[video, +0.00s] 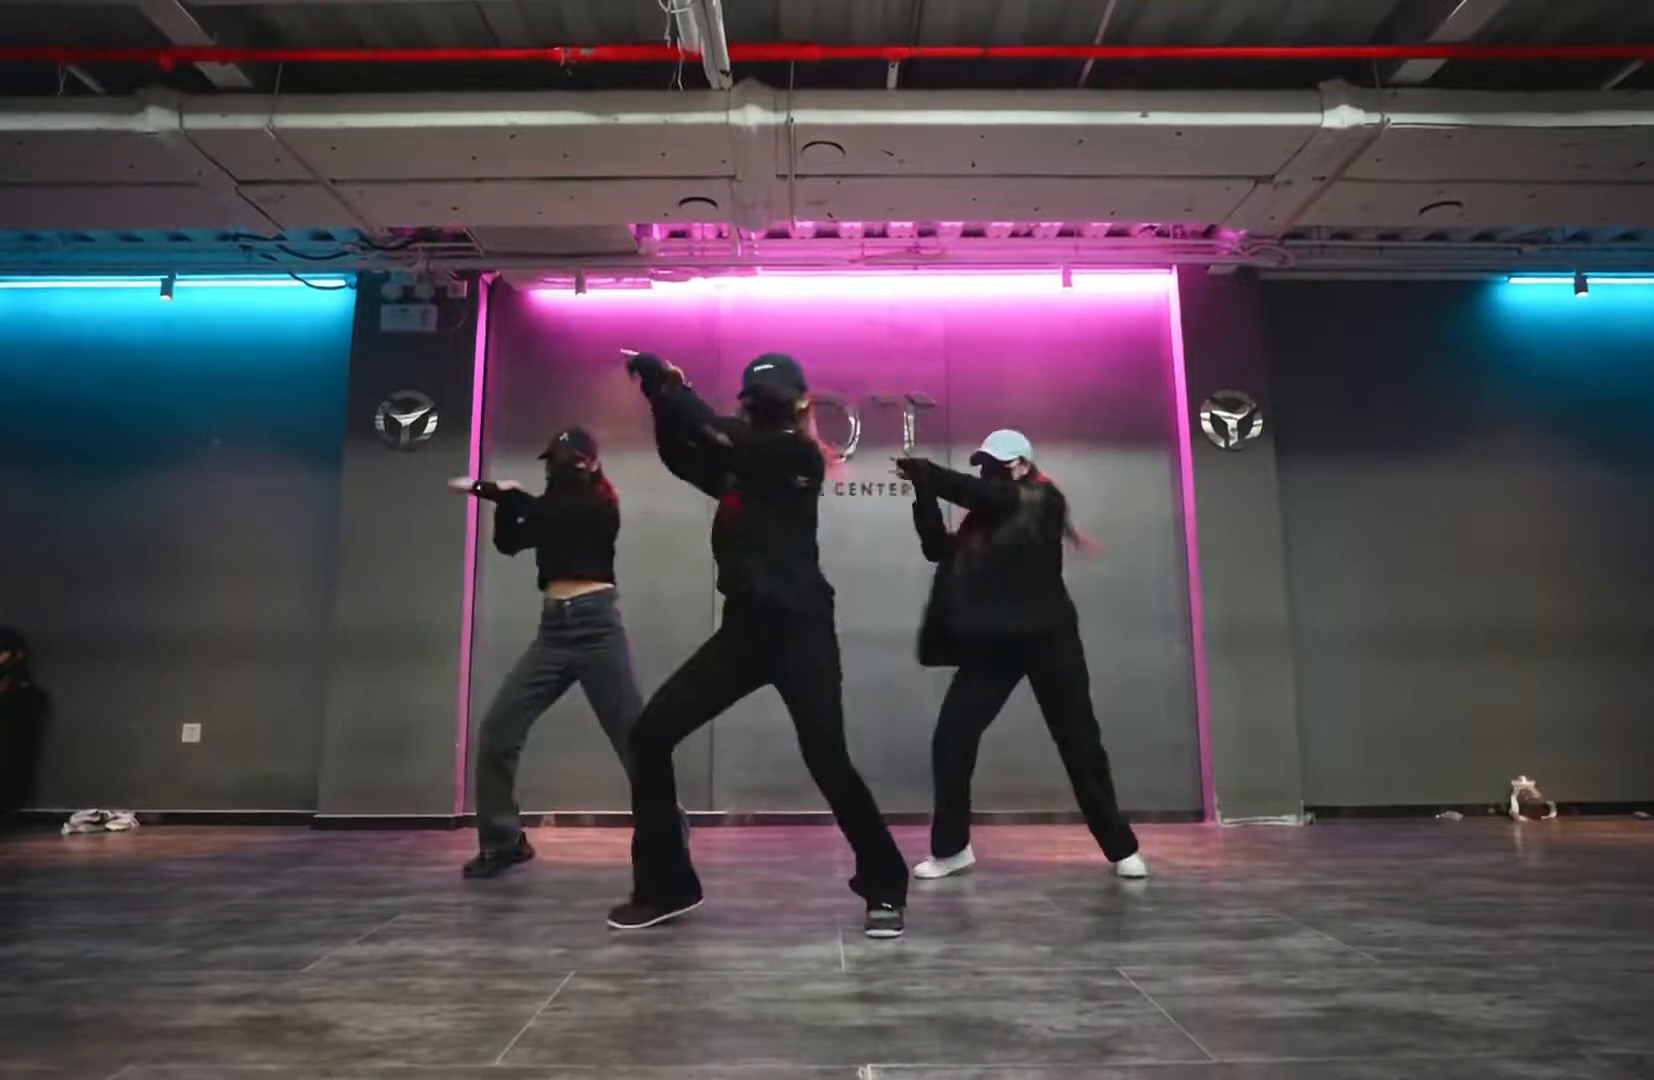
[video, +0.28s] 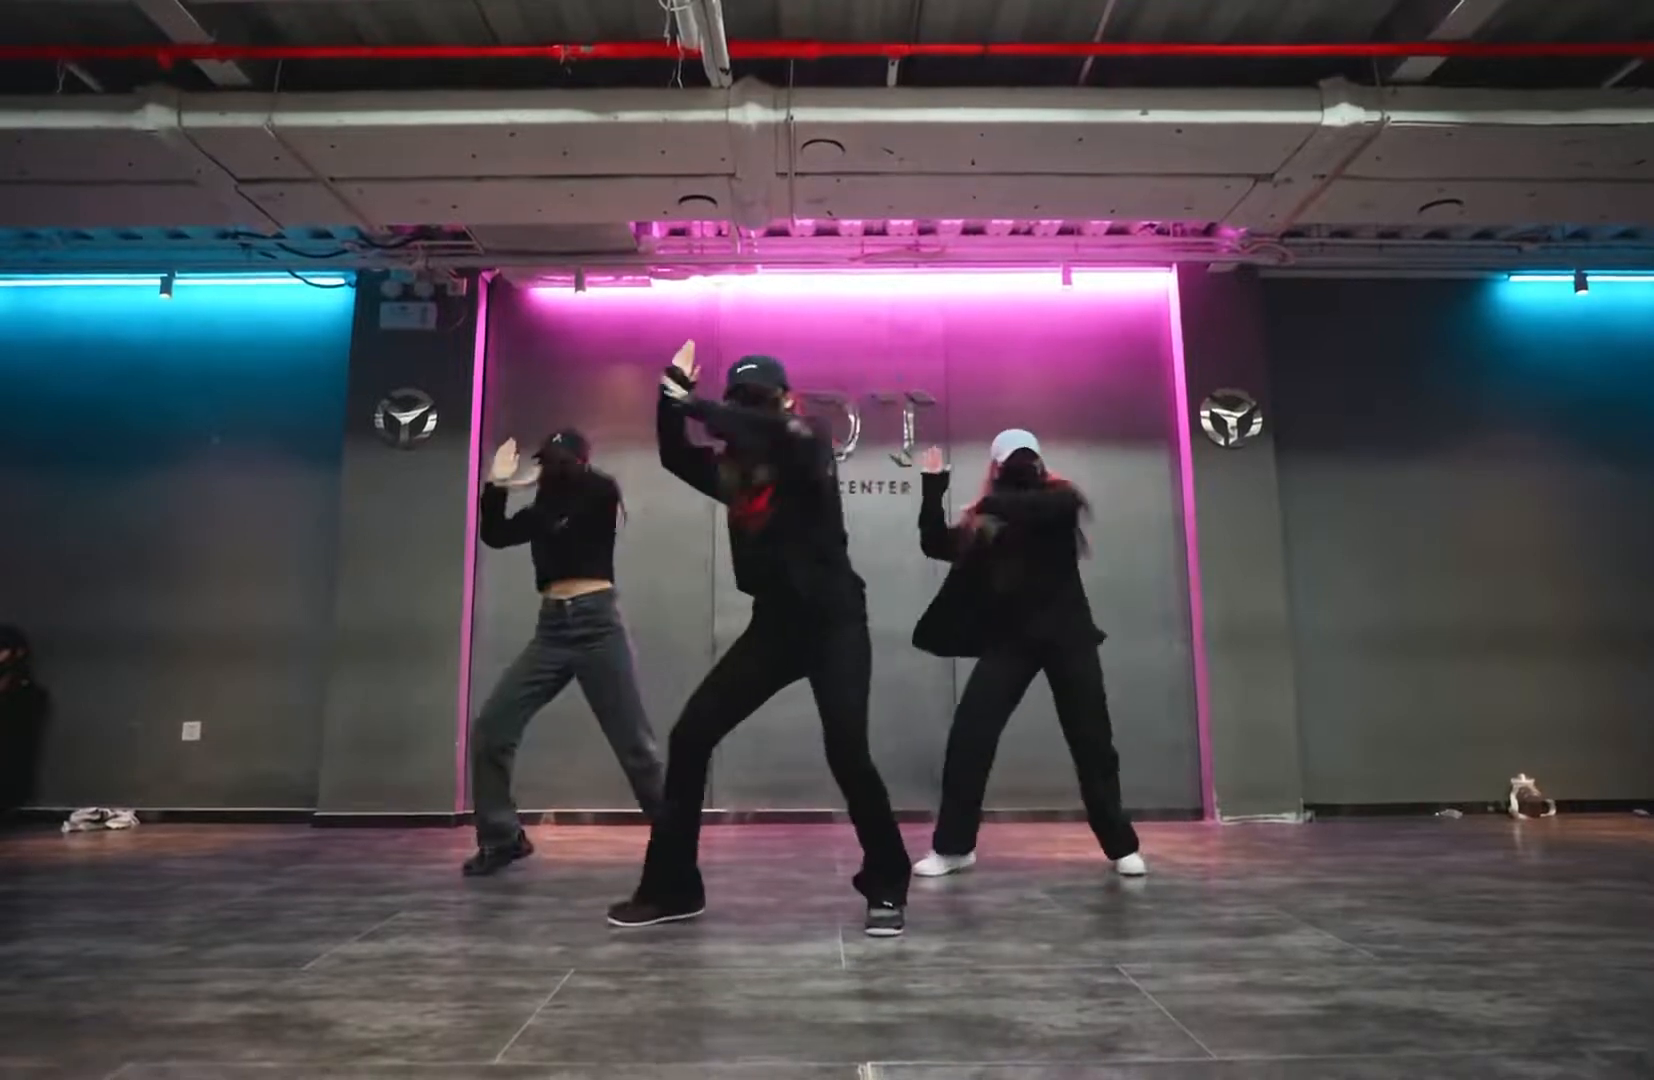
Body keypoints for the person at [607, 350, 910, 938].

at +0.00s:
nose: (748, 407)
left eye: (760, 399)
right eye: (748, 399)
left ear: (785, 401)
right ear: (751, 402)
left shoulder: (800, 454)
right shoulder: (739, 460)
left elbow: (722, 433)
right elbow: (679, 457)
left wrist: (669, 384)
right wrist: (661, 401)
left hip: (800, 630)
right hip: (745, 630)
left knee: (826, 760)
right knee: (649, 738)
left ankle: (887, 888)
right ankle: (666, 887)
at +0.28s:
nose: (748, 408)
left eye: (759, 398)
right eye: (740, 400)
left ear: (786, 400)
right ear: (730, 407)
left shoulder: (809, 447)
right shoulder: (736, 473)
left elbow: (767, 434)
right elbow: (678, 457)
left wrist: (693, 404)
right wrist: (671, 397)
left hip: (834, 625)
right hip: (776, 626)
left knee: (847, 756)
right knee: (690, 735)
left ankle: (888, 888)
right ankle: (672, 888)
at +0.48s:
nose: (789, 430)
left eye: (798, 416)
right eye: (780, 417)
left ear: (821, 411)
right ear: (769, 417)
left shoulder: (861, 459)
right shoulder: (759, 474)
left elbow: (894, 406)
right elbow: (697, 442)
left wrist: (811, 410)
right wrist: (705, 374)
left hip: (868, 629)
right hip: (803, 630)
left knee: (863, 757)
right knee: (724, 744)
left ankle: (887, 892)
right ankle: (693, 888)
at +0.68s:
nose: (826, 417)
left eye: (835, 405)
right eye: (814, 406)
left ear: (852, 405)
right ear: (797, 409)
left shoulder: (894, 465)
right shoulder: (780, 473)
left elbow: (951, 443)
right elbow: (715, 436)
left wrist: (915, 392)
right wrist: (734, 363)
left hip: (889, 635)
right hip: (819, 636)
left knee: (865, 759)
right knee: (760, 741)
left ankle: (887, 890)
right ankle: (781, 826)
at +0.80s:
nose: (831, 407)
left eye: (840, 397)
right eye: (820, 398)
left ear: (857, 403)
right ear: (803, 406)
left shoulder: (887, 471)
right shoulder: (783, 471)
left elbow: (914, 557)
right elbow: (720, 434)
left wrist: (937, 554)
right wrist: (745, 360)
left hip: (890, 640)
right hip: (821, 640)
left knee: (869, 764)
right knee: (799, 769)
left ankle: (886, 889)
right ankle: (818, 879)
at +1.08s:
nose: (841, 350)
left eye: (850, 339)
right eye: (830, 338)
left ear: (868, 334)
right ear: (808, 332)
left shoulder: (893, 390)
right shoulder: (787, 380)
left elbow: (910, 480)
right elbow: (727, 333)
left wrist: (916, 551)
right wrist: (753, 264)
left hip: (886, 547)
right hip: (818, 546)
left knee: (879, 678)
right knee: (814, 689)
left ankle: (881, 818)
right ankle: (824, 835)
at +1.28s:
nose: (843, 389)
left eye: (853, 378)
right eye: (833, 379)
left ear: (872, 374)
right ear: (816, 374)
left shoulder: (903, 429)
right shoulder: (789, 421)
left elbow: (964, 458)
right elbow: (729, 377)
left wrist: (969, 515)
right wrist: (755, 315)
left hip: (879, 600)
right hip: (812, 598)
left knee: (884, 743)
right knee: (801, 746)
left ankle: (900, 875)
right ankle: (833, 870)